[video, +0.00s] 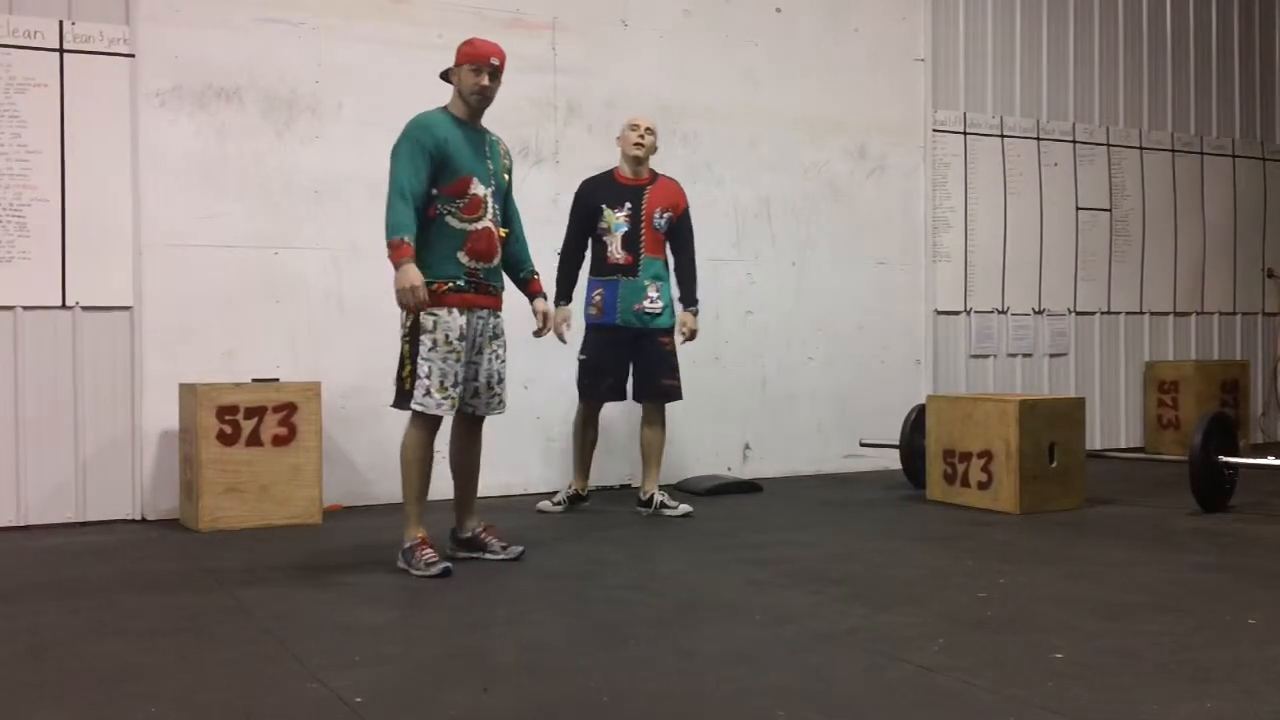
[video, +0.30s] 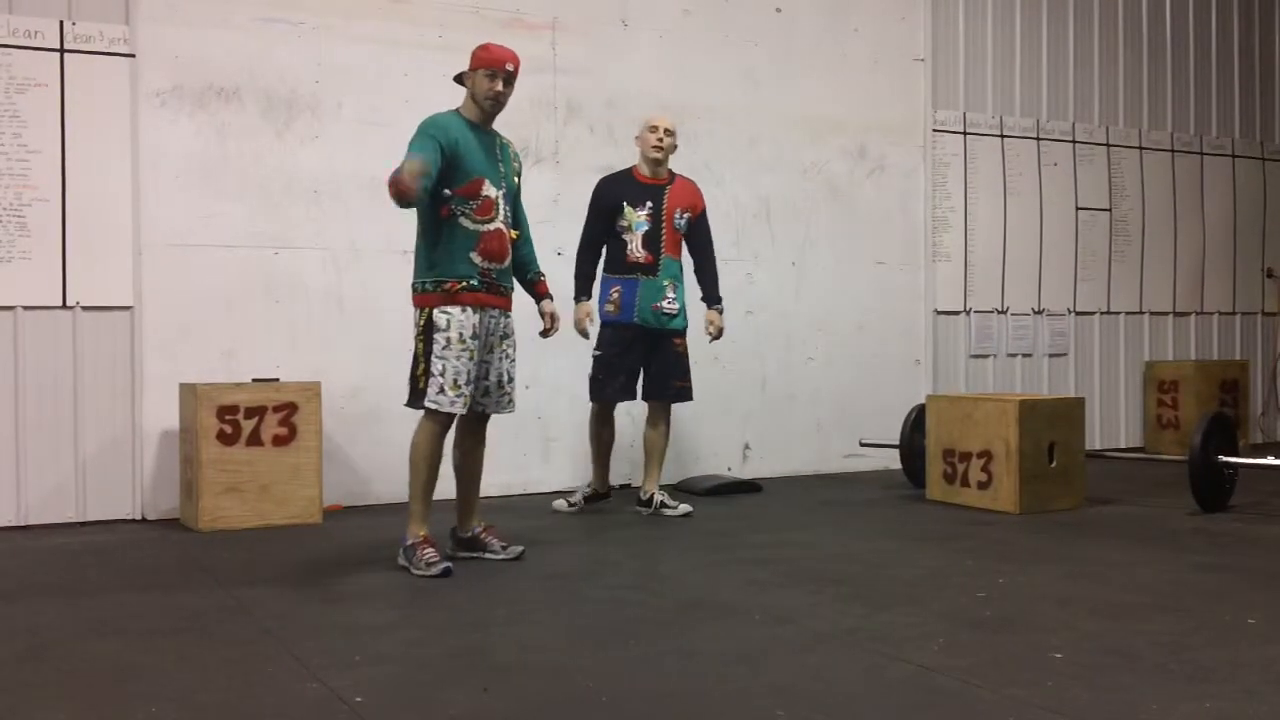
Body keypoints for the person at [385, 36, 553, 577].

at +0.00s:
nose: (485, 79)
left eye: (494, 73)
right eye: (476, 70)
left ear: (500, 84)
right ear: (453, 75)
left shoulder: (496, 149)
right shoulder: (426, 130)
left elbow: (508, 226)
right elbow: (401, 199)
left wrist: (537, 291)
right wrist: (404, 264)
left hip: (485, 302)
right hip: (438, 299)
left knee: (472, 413)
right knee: (427, 413)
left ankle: (466, 526)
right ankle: (414, 537)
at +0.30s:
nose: (500, 86)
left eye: (507, 80)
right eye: (491, 76)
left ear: (512, 89)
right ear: (468, 79)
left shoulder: (506, 151)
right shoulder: (440, 129)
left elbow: (516, 228)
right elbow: (413, 182)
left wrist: (543, 293)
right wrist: (406, 186)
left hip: (494, 300)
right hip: (448, 296)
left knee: (477, 416)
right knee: (439, 412)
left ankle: (468, 527)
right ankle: (417, 536)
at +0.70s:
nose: (505, 91)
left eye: (513, 86)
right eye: (497, 81)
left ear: (518, 95)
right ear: (474, 83)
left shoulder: (512, 155)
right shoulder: (446, 133)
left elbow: (523, 229)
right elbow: (411, 194)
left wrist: (552, 291)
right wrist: (422, 139)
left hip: (496, 294)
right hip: (454, 289)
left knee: (478, 411)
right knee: (458, 408)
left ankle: (469, 527)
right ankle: (425, 534)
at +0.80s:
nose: (503, 90)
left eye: (511, 84)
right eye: (494, 80)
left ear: (516, 93)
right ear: (471, 81)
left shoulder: (510, 152)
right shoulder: (446, 133)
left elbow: (522, 228)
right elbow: (411, 196)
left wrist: (552, 290)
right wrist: (419, 146)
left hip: (497, 298)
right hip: (454, 293)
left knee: (478, 415)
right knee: (451, 411)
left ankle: (470, 528)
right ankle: (433, 541)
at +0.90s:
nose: (497, 87)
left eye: (505, 80)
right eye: (488, 77)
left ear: (511, 89)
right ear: (466, 79)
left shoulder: (509, 152)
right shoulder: (443, 135)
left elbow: (521, 227)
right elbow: (411, 199)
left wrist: (551, 290)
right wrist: (415, 159)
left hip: (498, 299)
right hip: (453, 295)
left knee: (478, 415)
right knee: (446, 414)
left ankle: (470, 528)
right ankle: (435, 544)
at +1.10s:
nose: (488, 78)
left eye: (496, 70)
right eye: (477, 68)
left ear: (502, 78)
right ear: (455, 73)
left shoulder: (502, 145)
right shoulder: (432, 131)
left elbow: (517, 224)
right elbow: (412, 194)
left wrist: (547, 287)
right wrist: (421, 241)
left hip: (495, 301)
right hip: (448, 297)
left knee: (480, 415)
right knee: (442, 415)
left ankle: (470, 529)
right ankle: (436, 544)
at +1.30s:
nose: (482, 74)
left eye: (489, 66)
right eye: (472, 64)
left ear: (495, 74)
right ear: (446, 67)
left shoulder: (494, 140)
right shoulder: (419, 134)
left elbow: (510, 218)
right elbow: (409, 223)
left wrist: (541, 282)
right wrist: (437, 294)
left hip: (489, 302)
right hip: (442, 300)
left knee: (482, 413)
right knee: (438, 416)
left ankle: (469, 528)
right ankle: (434, 546)